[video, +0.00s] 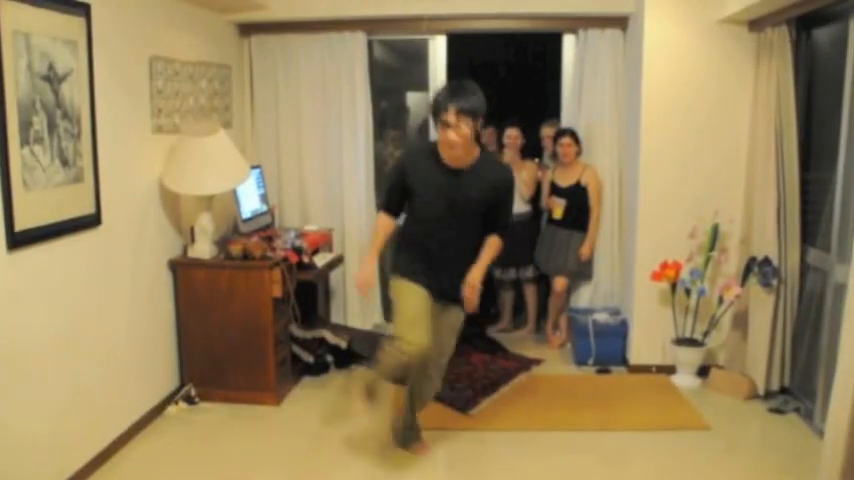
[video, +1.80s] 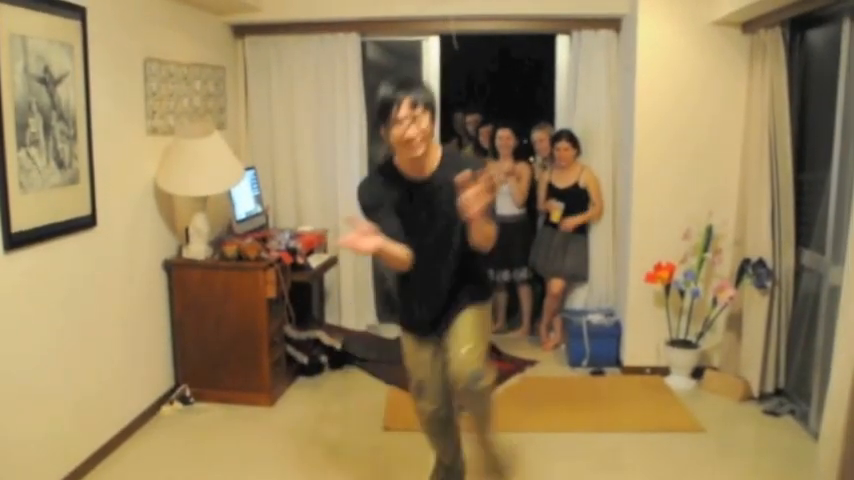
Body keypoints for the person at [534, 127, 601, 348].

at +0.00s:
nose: (565, 150)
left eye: (569, 145)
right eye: (561, 145)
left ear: (578, 148)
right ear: (556, 150)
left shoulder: (588, 174)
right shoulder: (551, 174)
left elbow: (594, 210)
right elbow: (543, 202)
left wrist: (589, 242)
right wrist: (550, 203)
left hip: (575, 233)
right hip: (553, 231)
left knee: (560, 284)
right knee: (559, 287)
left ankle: (550, 325)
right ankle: (564, 329)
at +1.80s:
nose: (561, 154)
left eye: (566, 149)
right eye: (558, 149)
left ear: (576, 151)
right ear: (552, 152)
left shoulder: (586, 175)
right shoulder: (547, 176)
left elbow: (597, 208)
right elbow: (540, 204)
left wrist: (576, 220)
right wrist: (548, 206)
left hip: (573, 233)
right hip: (550, 231)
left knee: (557, 287)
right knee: (552, 287)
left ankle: (544, 326)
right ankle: (557, 330)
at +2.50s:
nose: (567, 185)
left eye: (570, 180)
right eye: (563, 181)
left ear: (576, 175)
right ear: (553, 176)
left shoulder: (583, 187)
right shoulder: (541, 182)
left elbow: (587, 219)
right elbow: (529, 211)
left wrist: (575, 242)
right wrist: (544, 228)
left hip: (568, 234)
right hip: (542, 231)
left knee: (550, 283)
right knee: (543, 284)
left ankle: (549, 333)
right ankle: (551, 329)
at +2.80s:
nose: (565, 213)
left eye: (569, 210)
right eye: (562, 209)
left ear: (576, 204)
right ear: (555, 198)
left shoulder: (580, 208)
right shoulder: (542, 194)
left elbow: (582, 238)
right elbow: (526, 220)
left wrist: (583, 273)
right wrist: (540, 244)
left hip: (565, 240)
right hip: (538, 237)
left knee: (548, 284)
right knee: (540, 286)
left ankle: (551, 333)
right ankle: (550, 328)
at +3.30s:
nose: (568, 211)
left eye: (570, 207)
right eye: (564, 207)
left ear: (574, 202)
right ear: (553, 201)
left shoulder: (578, 208)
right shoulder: (538, 199)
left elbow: (581, 238)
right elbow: (528, 227)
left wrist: (582, 269)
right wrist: (539, 246)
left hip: (564, 240)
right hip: (540, 239)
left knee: (548, 282)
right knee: (540, 283)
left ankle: (550, 330)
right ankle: (550, 327)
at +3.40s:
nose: (563, 194)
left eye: (567, 188)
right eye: (559, 188)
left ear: (573, 186)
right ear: (550, 187)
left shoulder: (579, 197)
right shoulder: (539, 194)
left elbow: (582, 222)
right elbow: (532, 223)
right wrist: (538, 236)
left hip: (563, 235)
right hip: (541, 233)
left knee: (548, 279)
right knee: (539, 281)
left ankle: (550, 329)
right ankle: (550, 325)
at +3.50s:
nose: (559, 180)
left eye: (563, 175)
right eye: (554, 175)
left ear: (571, 175)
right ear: (547, 176)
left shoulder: (578, 190)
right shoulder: (538, 189)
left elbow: (580, 223)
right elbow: (536, 221)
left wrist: (561, 227)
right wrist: (549, 224)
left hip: (564, 235)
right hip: (539, 235)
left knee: (548, 279)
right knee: (539, 281)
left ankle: (550, 329)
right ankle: (550, 325)